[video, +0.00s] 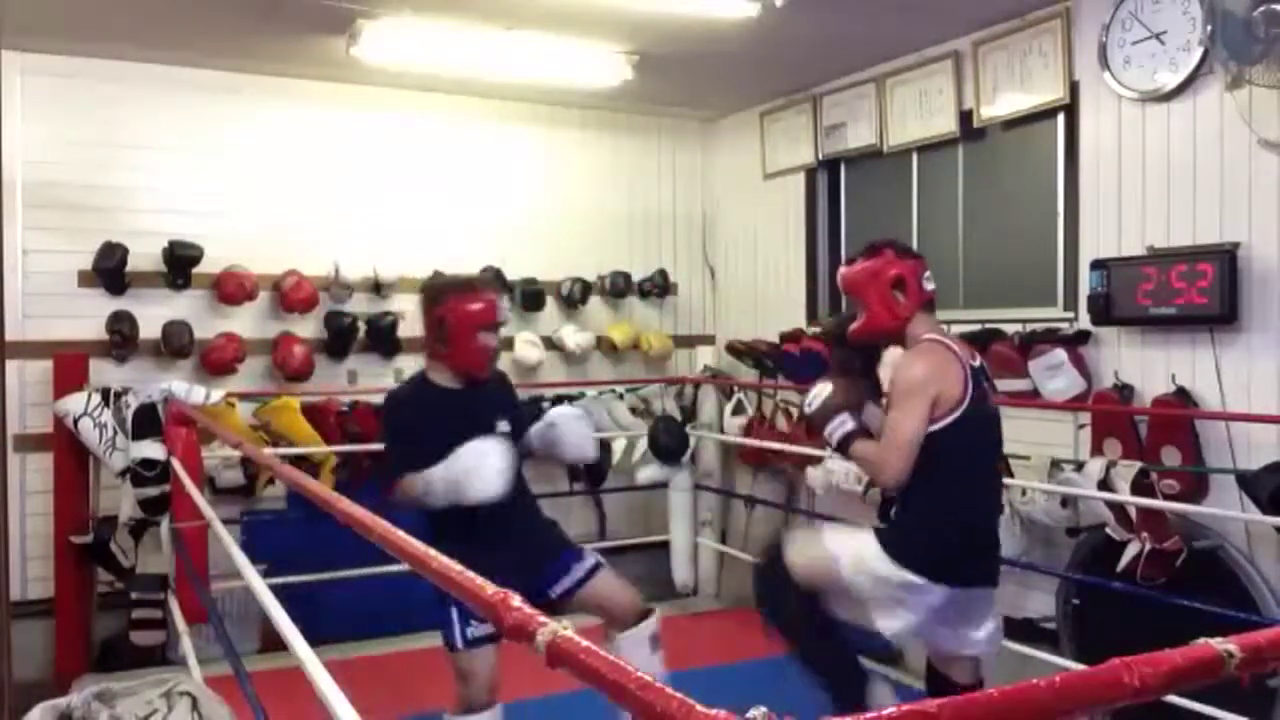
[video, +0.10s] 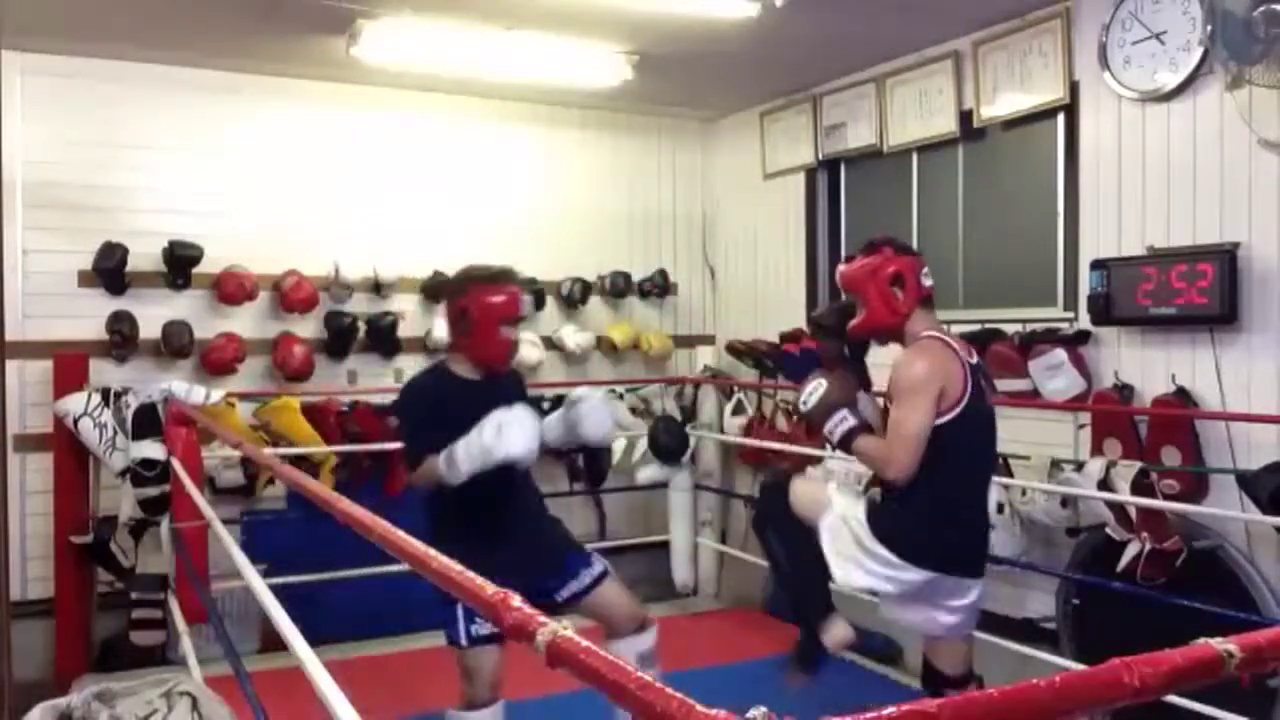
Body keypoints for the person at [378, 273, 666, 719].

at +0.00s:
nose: (493, 342)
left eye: (494, 330)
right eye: (483, 331)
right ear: (445, 335)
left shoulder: (494, 385)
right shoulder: (407, 404)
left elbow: (517, 436)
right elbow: (399, 487)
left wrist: (552, 436)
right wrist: (446, 480)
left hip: (531, 540)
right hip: (467, 561)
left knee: (630, 610)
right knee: (478, 695)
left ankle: (648, 712)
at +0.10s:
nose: (514, 337)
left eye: (516, 325)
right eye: (505, 326)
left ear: (483, 326)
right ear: (468, 326)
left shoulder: (505, 381)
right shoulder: (423, 393)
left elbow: (527, 435)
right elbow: (419, 474)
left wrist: (566, 426)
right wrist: (476, 449)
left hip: (534, 535)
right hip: (470, 555)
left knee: (630, 620)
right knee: (481, 689)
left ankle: (635, 712)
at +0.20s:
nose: (536, 339)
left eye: (537, 327)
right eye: (526, 327)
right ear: (490, 327)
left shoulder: (525, 382)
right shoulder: (443, 390)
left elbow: (549, 438)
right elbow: (440, 471)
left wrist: (593, 415)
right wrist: (493, 416)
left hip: (542, 546)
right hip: (474, 560)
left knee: (602, 671)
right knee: (471, 701)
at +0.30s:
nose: (534, 346)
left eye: (541, 334)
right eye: (522, 334)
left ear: (546, 339)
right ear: (495, 336)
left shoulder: (549, 393)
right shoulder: (456, 393)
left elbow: (586, 453)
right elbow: (479, 464)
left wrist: (621, 406)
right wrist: (509, 393)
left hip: (542, 561)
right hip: (472, 564)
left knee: (588, 683)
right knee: (440, 697)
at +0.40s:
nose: (538, 337)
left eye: (542, 326)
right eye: (527, 324)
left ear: (548, 330)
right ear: (492, 329)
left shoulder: (547, 393)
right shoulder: (453, 386)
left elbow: (588, 469)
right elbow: (501, 444)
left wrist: (607, 403)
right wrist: (540, 373)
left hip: (538, 566)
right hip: (468, 569)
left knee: (581, 688)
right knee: (420, 695)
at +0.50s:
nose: (533, 348)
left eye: (533, 337)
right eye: (524, 336)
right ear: (489, 338)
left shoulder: (510, 393)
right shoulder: (449, 389)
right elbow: (534, 406)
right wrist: (554, 359)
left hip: (518, 574)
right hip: (454, 581)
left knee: (574, 692)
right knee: (402, 702)